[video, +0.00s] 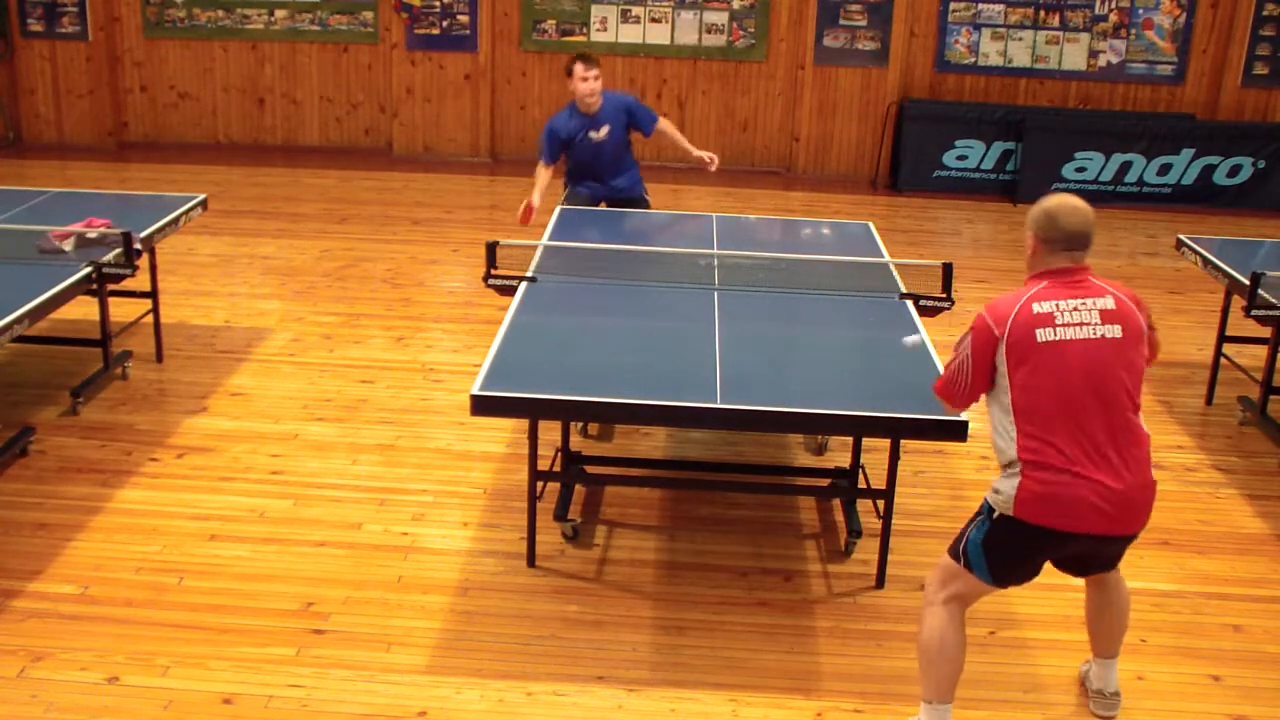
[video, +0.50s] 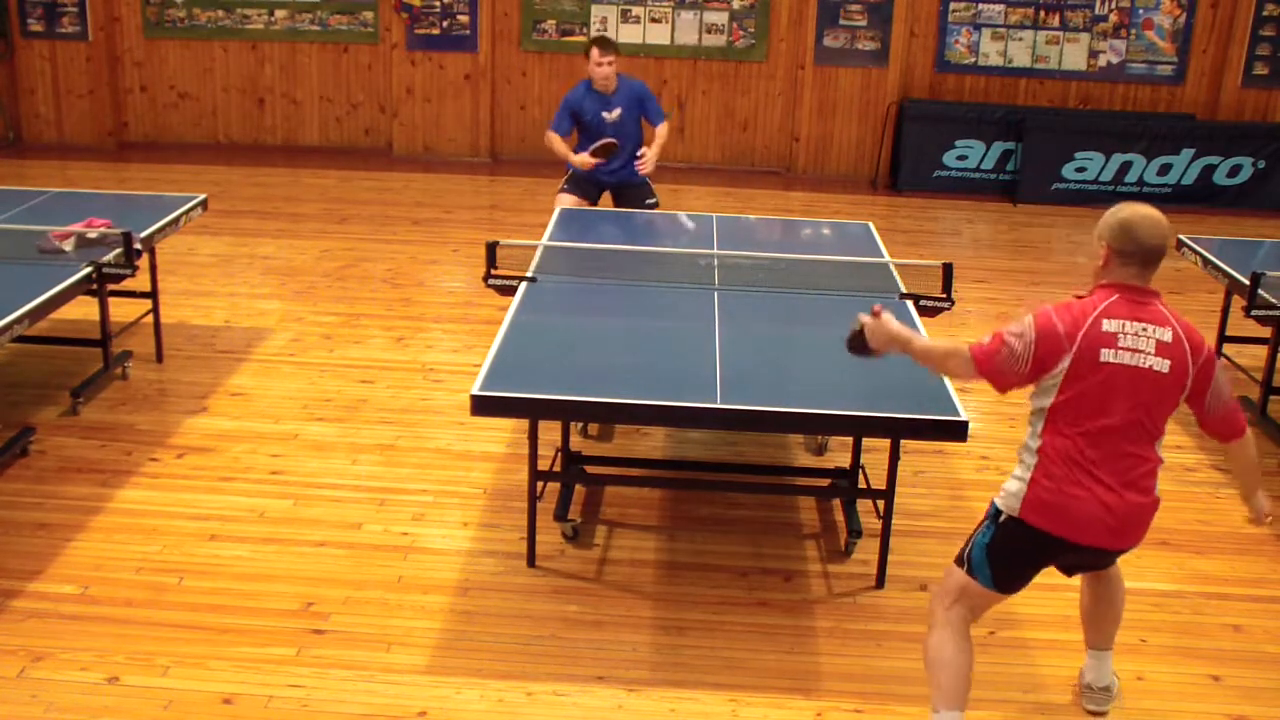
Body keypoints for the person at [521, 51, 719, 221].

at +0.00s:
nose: (591, 86)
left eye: (595, 79)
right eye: (584, 80)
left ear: (602, 80)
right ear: (570, 84)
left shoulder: (623, 106)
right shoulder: (560, 126)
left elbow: (659, 125)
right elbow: (546, 165)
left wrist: (694, 152)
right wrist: (535, 196)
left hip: (625, 183)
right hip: (584, 187)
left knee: (642, 237)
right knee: (567, 236)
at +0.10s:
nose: (606, 68)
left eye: (610, 61)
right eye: (599, 62)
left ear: (615, 63)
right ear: (585, 67)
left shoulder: (636, 92)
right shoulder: (574, 105)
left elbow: (671, 117)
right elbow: (558, 141)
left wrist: (693, 147)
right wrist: (551, 169)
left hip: (631, 175)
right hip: (589, 176)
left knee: (646, 233)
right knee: (570, 224)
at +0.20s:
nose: (613, 53)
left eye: (617, 47)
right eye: (606, 48)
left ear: (623, 49)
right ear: (592, 52)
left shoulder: (641, 79)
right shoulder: (579, 89)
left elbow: (670, 109)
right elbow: (561, 127)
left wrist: (683, 140)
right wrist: (563, 156)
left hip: (634, 165)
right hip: (593, 166)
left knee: (651, 223)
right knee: (570, 213)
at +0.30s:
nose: (616, 49)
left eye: (620, 43)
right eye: (609, 44)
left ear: (624, 45)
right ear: (595, 48)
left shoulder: (643, 76)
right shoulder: (581, 84)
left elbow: (665, 106)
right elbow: (562, 124)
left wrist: (673, 139)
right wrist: (573, 151)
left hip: (632, 159)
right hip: (592, 158)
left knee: (648, 208)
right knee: (570, 207)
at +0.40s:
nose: (616, 58)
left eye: (620, 52)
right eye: (609, 53)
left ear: (626, 54)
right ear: (596, 57)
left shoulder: (642, 84)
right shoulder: (582, 91)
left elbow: (665, 116)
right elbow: (562, 131)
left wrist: (665, 147)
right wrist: (579, 160)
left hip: (632, 169)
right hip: (591, 167)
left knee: (652, 223)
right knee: (567, 214)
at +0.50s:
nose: (605, 71)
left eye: (610, 64)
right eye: (599, 65)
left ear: (617, 64)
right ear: (588, 66)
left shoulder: (636, 90)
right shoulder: (577, 97)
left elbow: (661, 123)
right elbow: (552, 136)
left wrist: (654, 151)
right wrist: (573, 159)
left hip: (628, 171)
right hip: (588, 171)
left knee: (649, 224)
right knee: (563, 214)